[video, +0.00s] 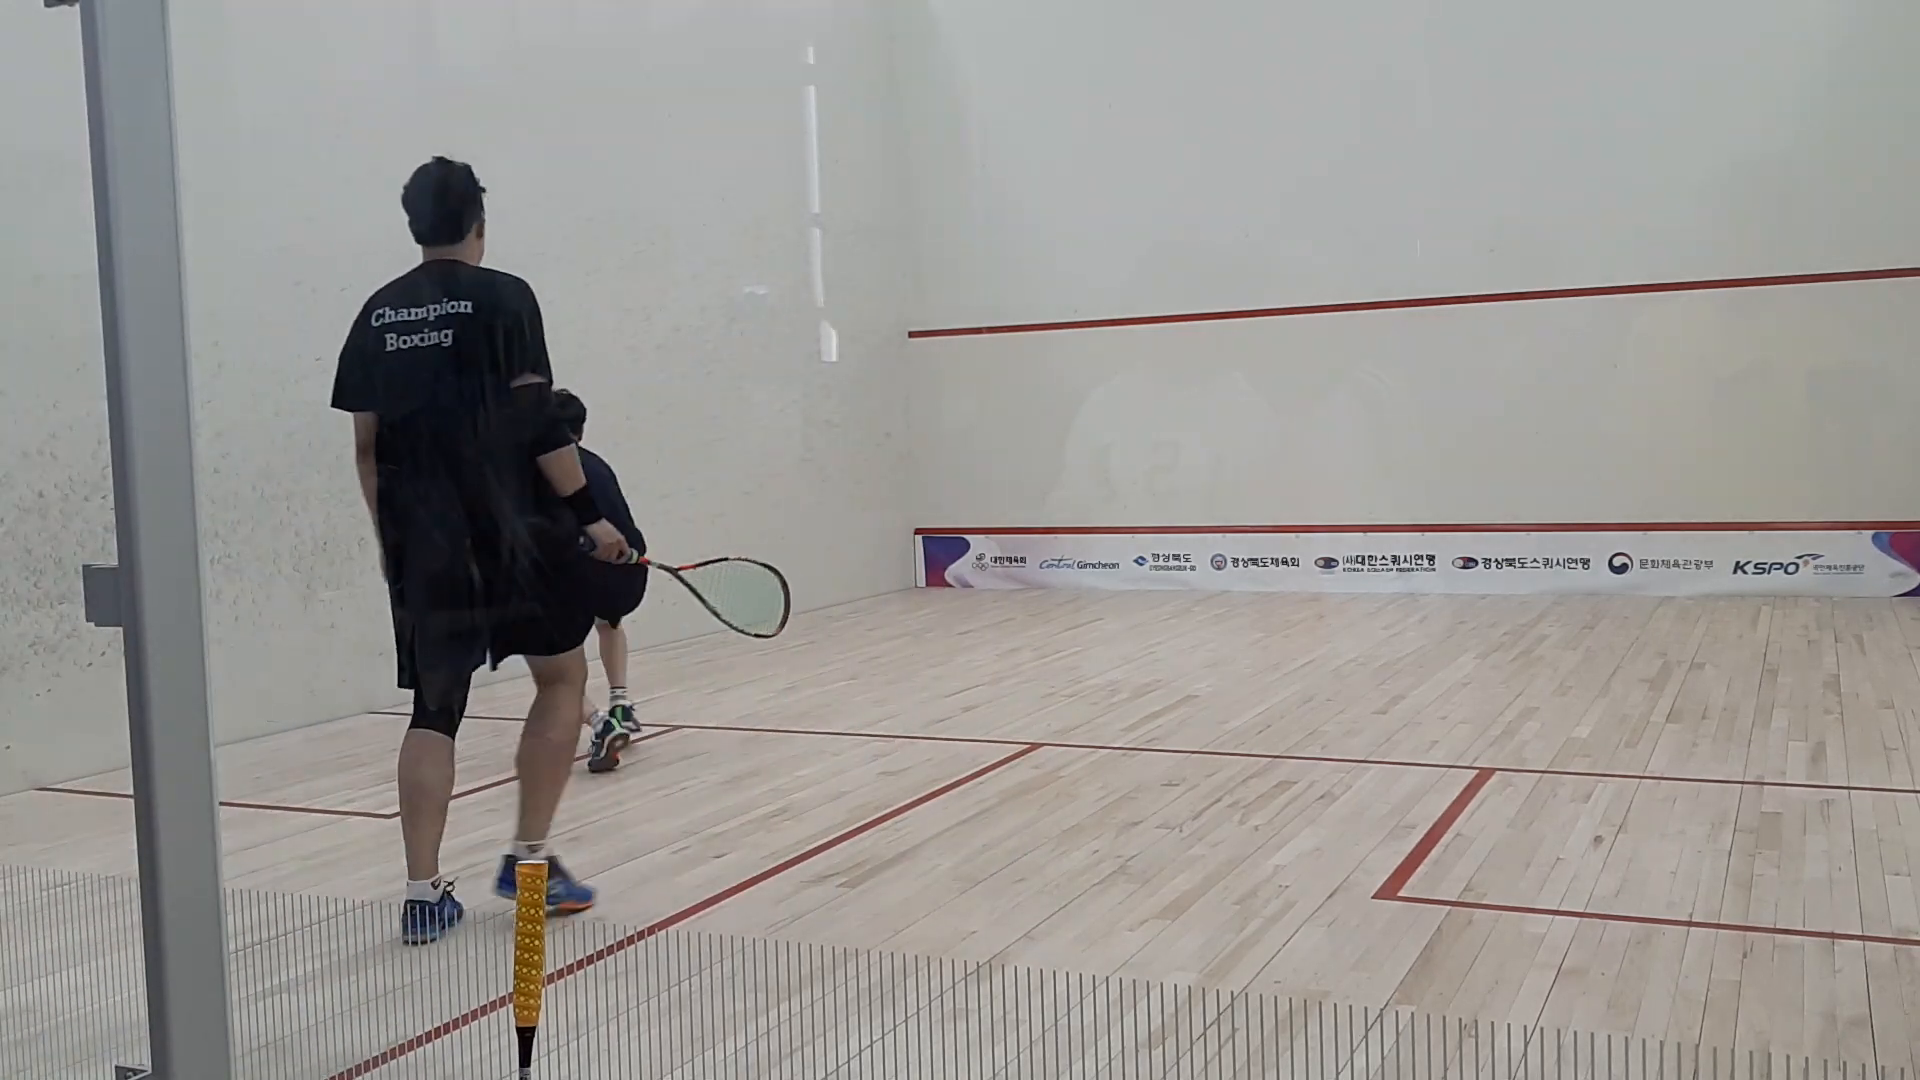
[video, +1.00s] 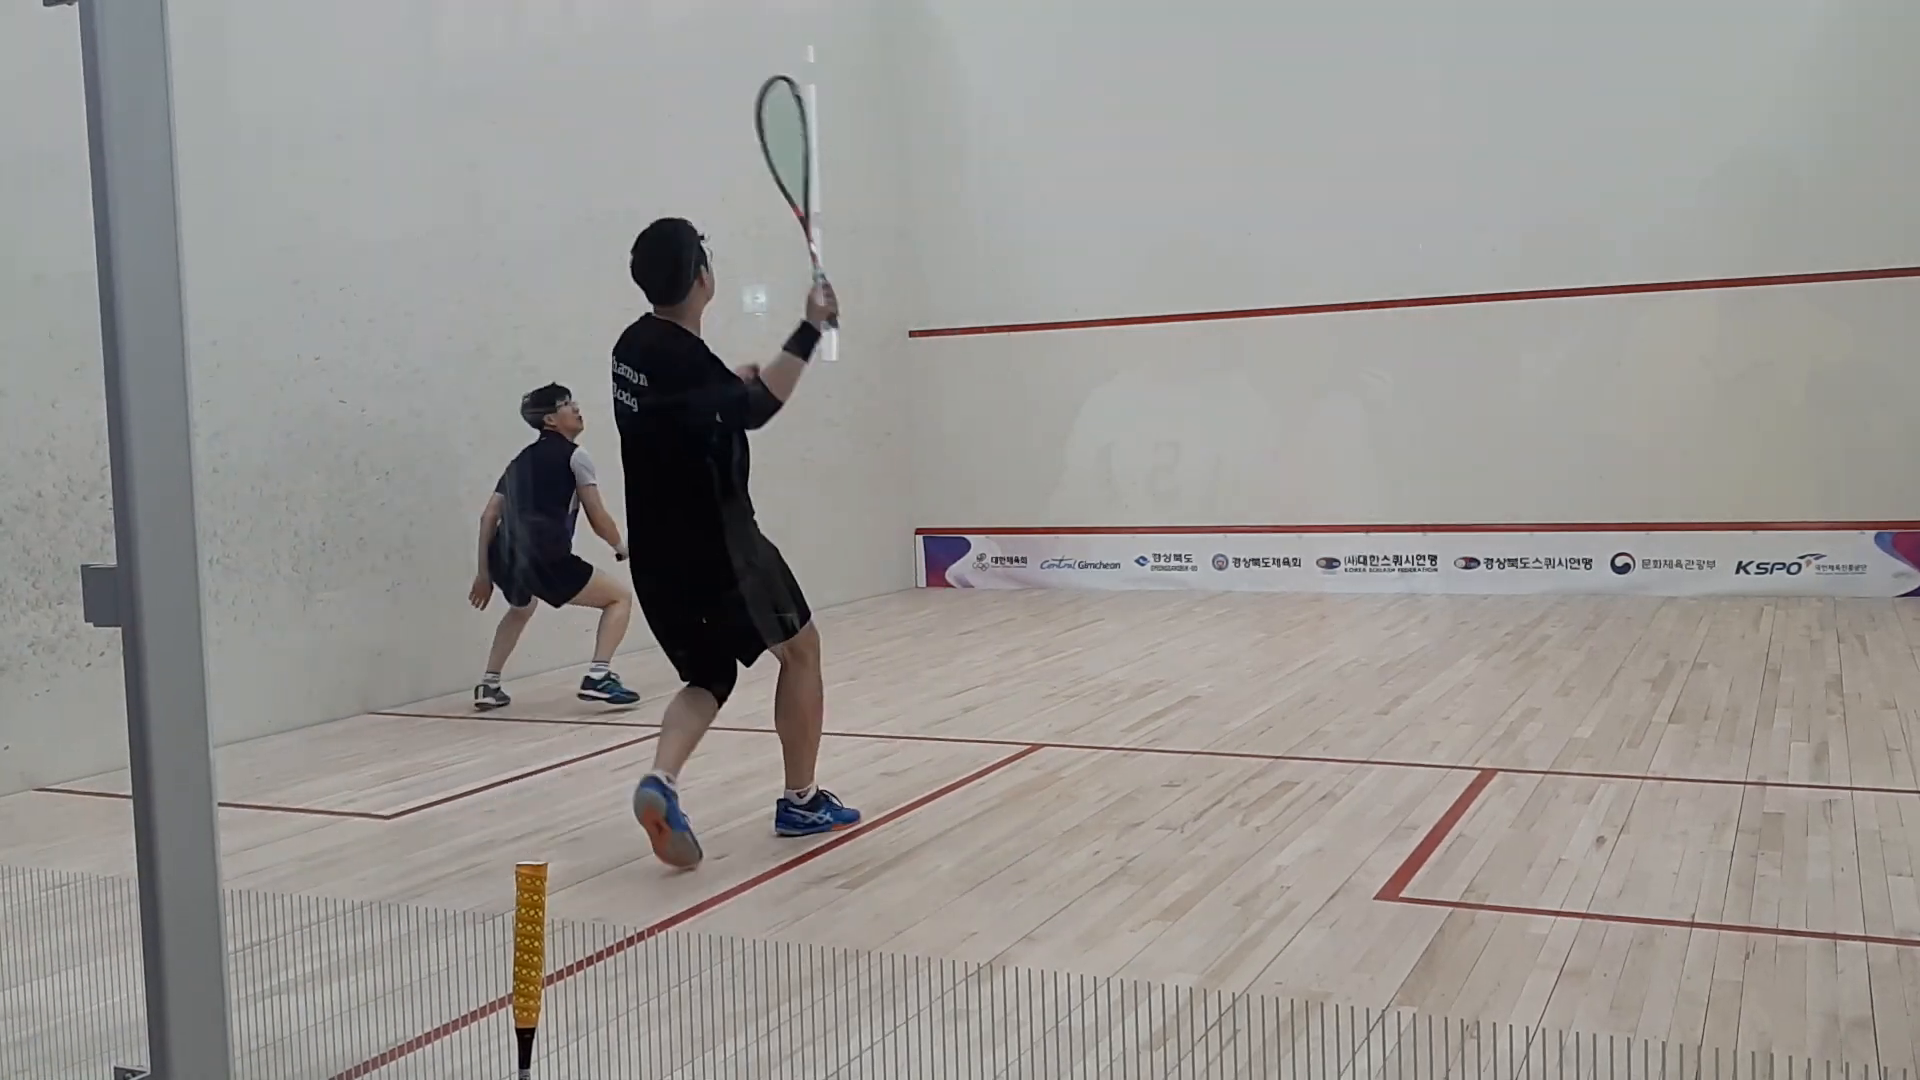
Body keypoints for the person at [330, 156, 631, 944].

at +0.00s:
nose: (486, 226)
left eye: (476, 214)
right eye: (484, 215)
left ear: (413, 227)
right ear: (477, 221)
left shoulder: (376, 314)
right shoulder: (506, 297)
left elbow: (367, 450)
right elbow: (538, 424)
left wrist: (390, 541)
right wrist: (593, 514)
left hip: (425, 549)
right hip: (518, 539)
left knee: (433, 707)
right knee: (561, 682)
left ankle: (423, 893)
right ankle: (531, 853)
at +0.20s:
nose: (552, 259)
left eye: (543, 249)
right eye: (550, 250)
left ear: (485, 260)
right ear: (546, 256)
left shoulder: (449, 340)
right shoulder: (575, 332)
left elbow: (428, 459)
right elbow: (618, 436)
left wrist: (473, 517)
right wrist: (672, 518)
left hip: (479, 551)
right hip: (568, 544)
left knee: (477, 697)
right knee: (601, 673)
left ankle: (432, 839)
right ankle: (612, 824)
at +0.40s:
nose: (603, 278)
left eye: (598, 270)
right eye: (601, 270)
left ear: (538, 276)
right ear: (596, 273)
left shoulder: (498, 347)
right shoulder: (625, 344)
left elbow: (462, 447)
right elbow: (674, 440)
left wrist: (450, 526)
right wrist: (731, 509)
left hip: (527, 543)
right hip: (609, 537)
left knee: (535, 658)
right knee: (690, 638)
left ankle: (505, 801)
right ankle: (649, 786)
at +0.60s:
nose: (663, 360)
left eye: (661, 352)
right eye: (661, 352)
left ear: (601, 361)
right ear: (654, 360)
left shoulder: (551, 425)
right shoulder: (663, 433)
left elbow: (510, 514)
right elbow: (686, 536)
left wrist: (495, 592)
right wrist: (757, 572)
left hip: (562, 596)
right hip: (632, 595)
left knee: (581, 674)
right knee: (758, 652)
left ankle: (510, 789)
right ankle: (794, 797)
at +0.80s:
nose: (724, 328)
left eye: (719, 318)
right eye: (720, 319)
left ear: (663, 333)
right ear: (713, 331)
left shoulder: (627, 394)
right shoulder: (719, 408)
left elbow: (592, 489)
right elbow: (758, 500)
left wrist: (623, 550)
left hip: (635, 581)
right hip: (708, 579)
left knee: (640, 672)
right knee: (807, 646)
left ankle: (542, 783)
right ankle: (800, 796)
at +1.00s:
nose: (711, 273)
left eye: (705, 262)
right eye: (707, 264)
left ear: (647, 282)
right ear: (701, 277)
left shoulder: (631, 347)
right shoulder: (689, 359)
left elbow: (677, 414)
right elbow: (756, 408)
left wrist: (733, 384)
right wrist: (812, 329)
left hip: (656, 548)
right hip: (722, 542)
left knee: (711, 669)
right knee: (800, 648)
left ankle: (660, 780)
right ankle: (801, 799)